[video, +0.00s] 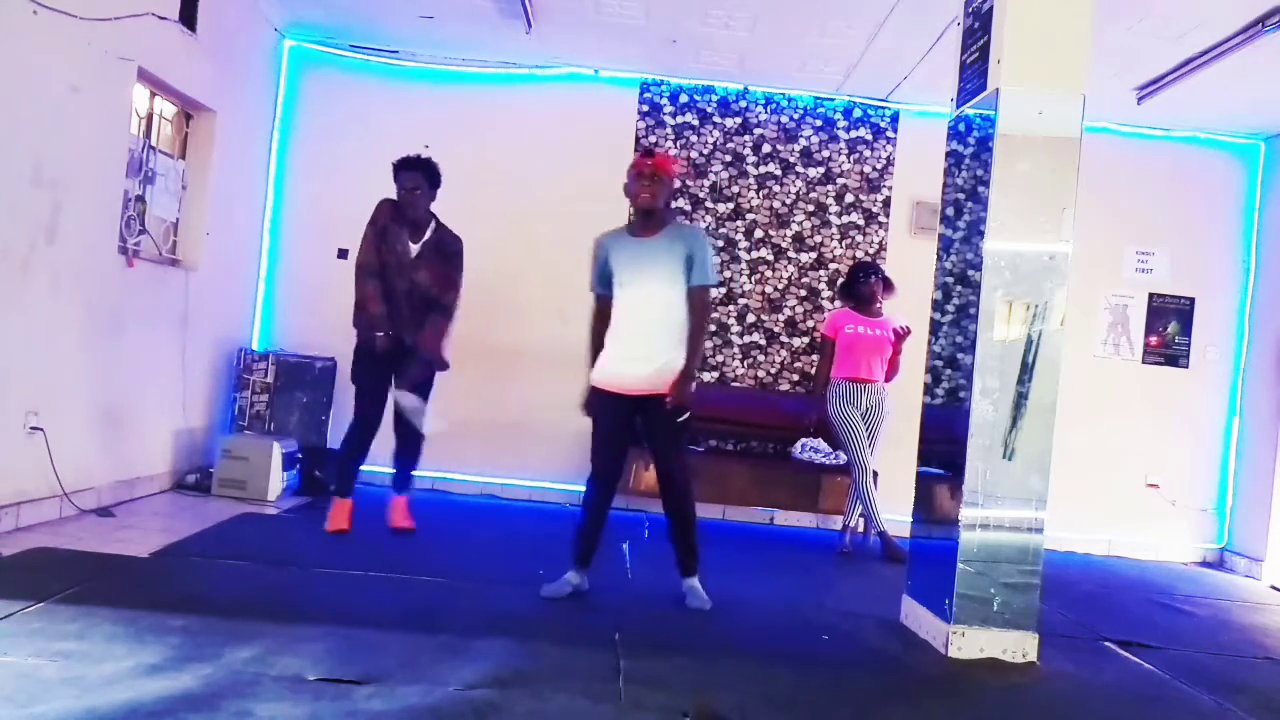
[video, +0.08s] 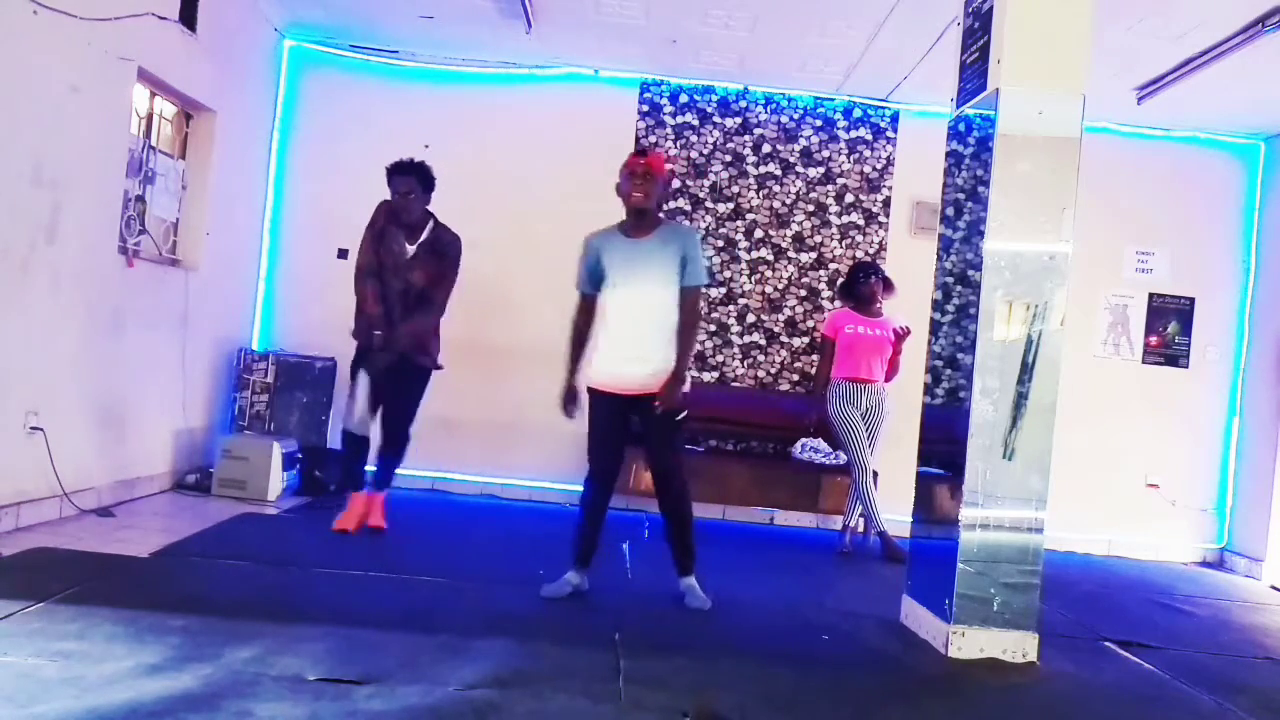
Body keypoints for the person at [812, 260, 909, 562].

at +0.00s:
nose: (878, 294)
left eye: (881, 287)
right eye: (870, 286)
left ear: (885, 290)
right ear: (855, 289)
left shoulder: (889, 327)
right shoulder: (838, 318)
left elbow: (889, 376)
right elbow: (825, 363)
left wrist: (898, 348)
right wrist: (818, 403)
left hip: (876, 397)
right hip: (843, 393)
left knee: (864, 464)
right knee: (861, 462)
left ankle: (847, 531)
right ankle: (883, 534)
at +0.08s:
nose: (877, 296)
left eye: (881, 289)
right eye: (870, 289)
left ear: (885, 290)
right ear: (855, 290)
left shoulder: (889, 327)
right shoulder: (838, 318)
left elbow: (889, 376)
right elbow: (825, 363)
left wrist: (898, 348)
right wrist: (818, 403)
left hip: (875, 398)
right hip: (843, 393)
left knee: (864, 464)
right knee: (861, 462)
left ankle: (847, 531)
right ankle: (883, 534)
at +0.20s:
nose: (877, 294)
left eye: (880, 287)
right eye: (870, 287)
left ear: (885, 289)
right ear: (855, 290)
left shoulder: (889, 327)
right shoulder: (838, 318)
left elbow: (889, 376)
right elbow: (825, 364)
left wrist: (898, 348)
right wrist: (817, 404)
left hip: (875, 398)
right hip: (843, 394)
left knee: (864, 464)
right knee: (861, 463)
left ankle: (847, 532)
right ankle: (882, 535)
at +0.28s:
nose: (877, 290)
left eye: (880, 284)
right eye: (869, 283)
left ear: (885, 289)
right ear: (856, 289)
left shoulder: (890, 327)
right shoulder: (838, 318)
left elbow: (889, 376)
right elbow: (825, 364)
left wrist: (898, 348)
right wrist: (818, 404)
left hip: (876, 397)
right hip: (843, 393)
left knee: (864, 465)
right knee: (862, 464)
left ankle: (847, 532)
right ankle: (882, 535)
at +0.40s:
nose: (877, 289)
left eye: (880, 283)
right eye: (869, 283)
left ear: (885, 288)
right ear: (856, 288)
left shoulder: (890, 327)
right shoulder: (839, 318)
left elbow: (889, 376)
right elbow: (825, 364)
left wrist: (899, 349)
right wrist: (818, 404)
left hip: (876, 397)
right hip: (843, 393)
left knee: (864, 465)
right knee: (861, 464)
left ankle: (847, 532)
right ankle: (882, 535)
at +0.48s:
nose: (876, 286)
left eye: (880, 281)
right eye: (869, 281)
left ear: (885, 288)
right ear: (856, 288)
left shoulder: (890, 327)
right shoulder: (839, 318)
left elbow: (889, 376)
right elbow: (825, 364)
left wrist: (899, 349)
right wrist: (817, 404)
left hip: (876, 397)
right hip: (844, 393)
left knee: (864, 465)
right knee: (862, 463)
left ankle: (847, 532)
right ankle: (882, 535)